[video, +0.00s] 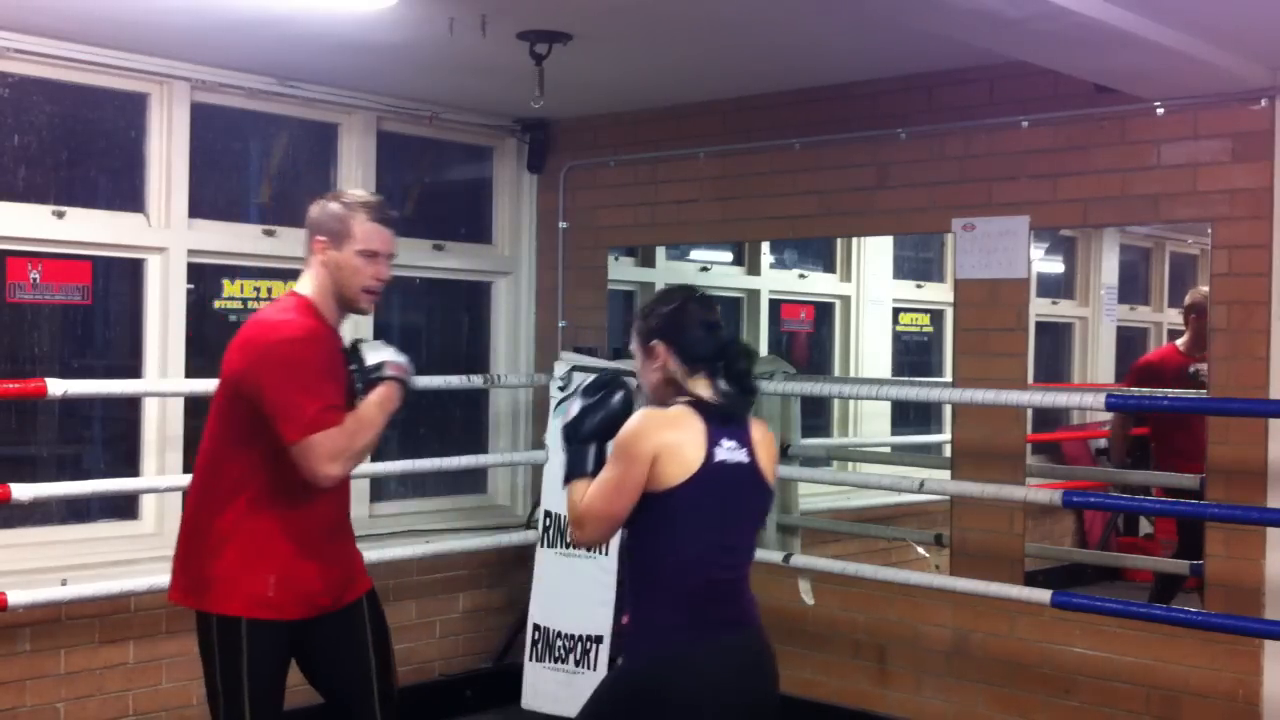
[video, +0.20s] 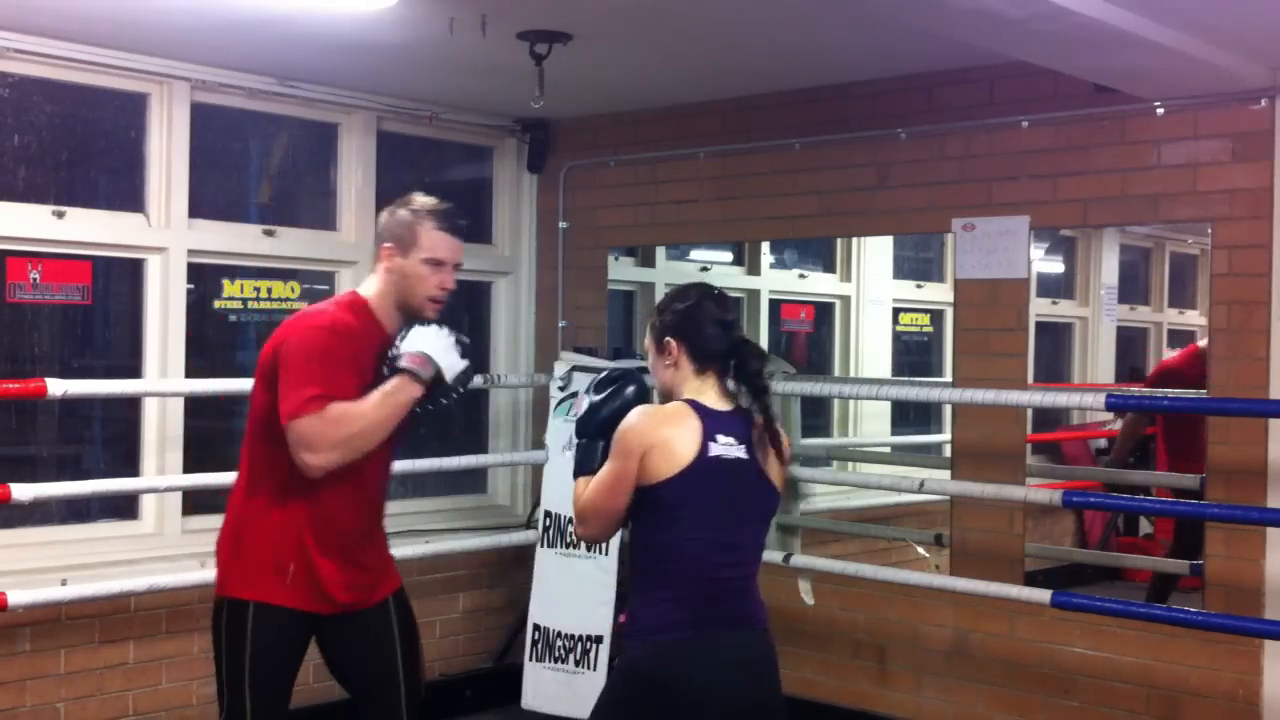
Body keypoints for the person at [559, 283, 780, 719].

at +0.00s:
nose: (638, 373)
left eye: (637, 360)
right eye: (634, 361)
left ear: (661, 355)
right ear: (712, 350)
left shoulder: (651, 427)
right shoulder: (762, 437)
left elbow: (585, 529)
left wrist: (580, 444)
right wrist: (631, 434)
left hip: (661, 665)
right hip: (744, 663)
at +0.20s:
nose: (652, 371)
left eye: (651, 358)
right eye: (648, 359)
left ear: (672, 352)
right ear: (725, 351)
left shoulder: (648, 424)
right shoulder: (769, 437)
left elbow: (590, 525)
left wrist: (590, 438)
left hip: (659, 660)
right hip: (746, 659)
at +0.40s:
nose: (598, 470)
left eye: (600, 458)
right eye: (598, 459)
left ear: (620, 458)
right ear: (667, 448)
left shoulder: (617, 516)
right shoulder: (731, 504)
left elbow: (579, 632)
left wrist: (558, 552)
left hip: (659, 705)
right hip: (741, 705)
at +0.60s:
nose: (559, 592)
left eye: (559, 581)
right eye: (556, 581)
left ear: (583, 583)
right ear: (631, 567)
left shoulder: (586, 634)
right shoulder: (689, 606)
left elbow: (566, 715)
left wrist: (532, 690)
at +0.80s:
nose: (581, 488)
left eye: (585, 475)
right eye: (581, 474)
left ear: (610, 477)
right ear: (657, 474)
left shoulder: (598, 534)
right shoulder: (706, 532)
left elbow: (554, 647)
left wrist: (537, 572)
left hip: (649, 709)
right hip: (734, 709)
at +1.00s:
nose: (604, 418)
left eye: (607, 406)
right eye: (604, 406)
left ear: (635, 408)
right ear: (684, 408)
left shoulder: (619, 466)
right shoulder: (726, 466)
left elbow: (565, 575)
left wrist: (550, 500)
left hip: (659, 687)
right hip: (748, 687)